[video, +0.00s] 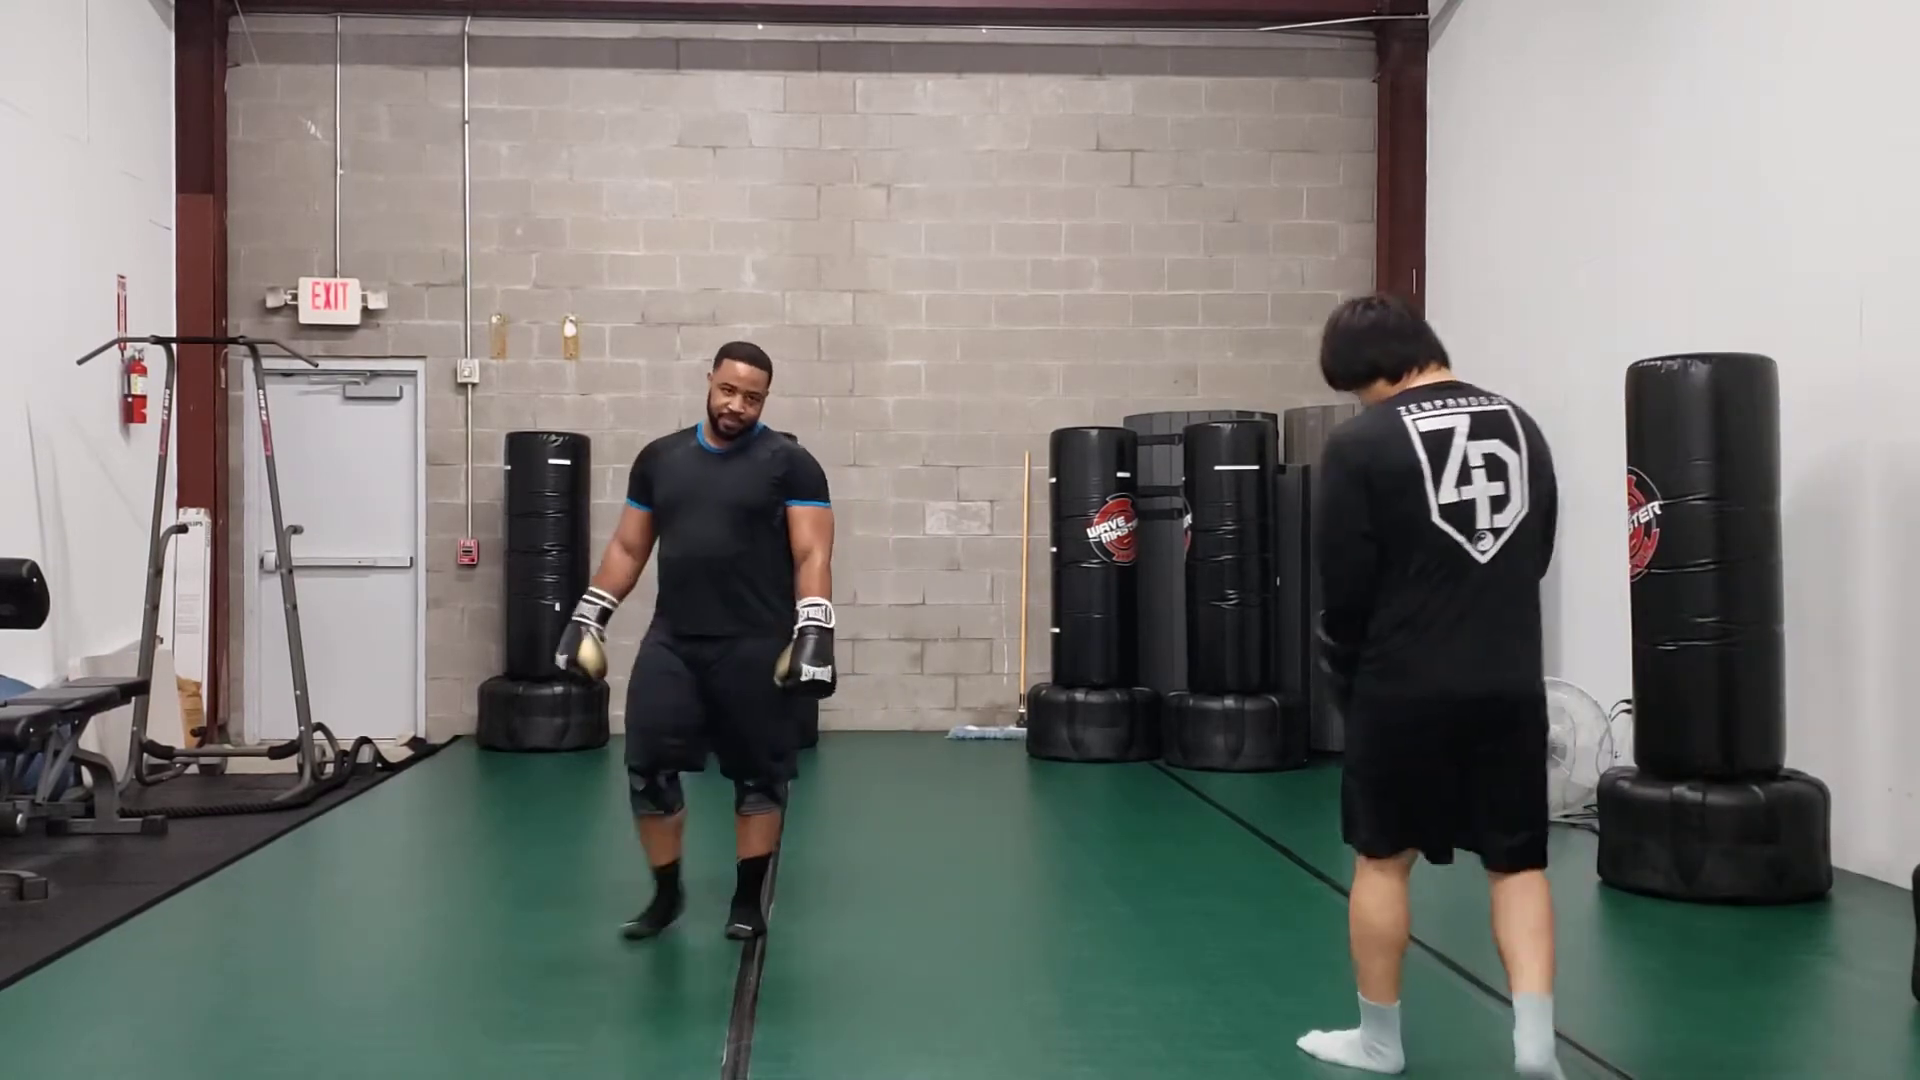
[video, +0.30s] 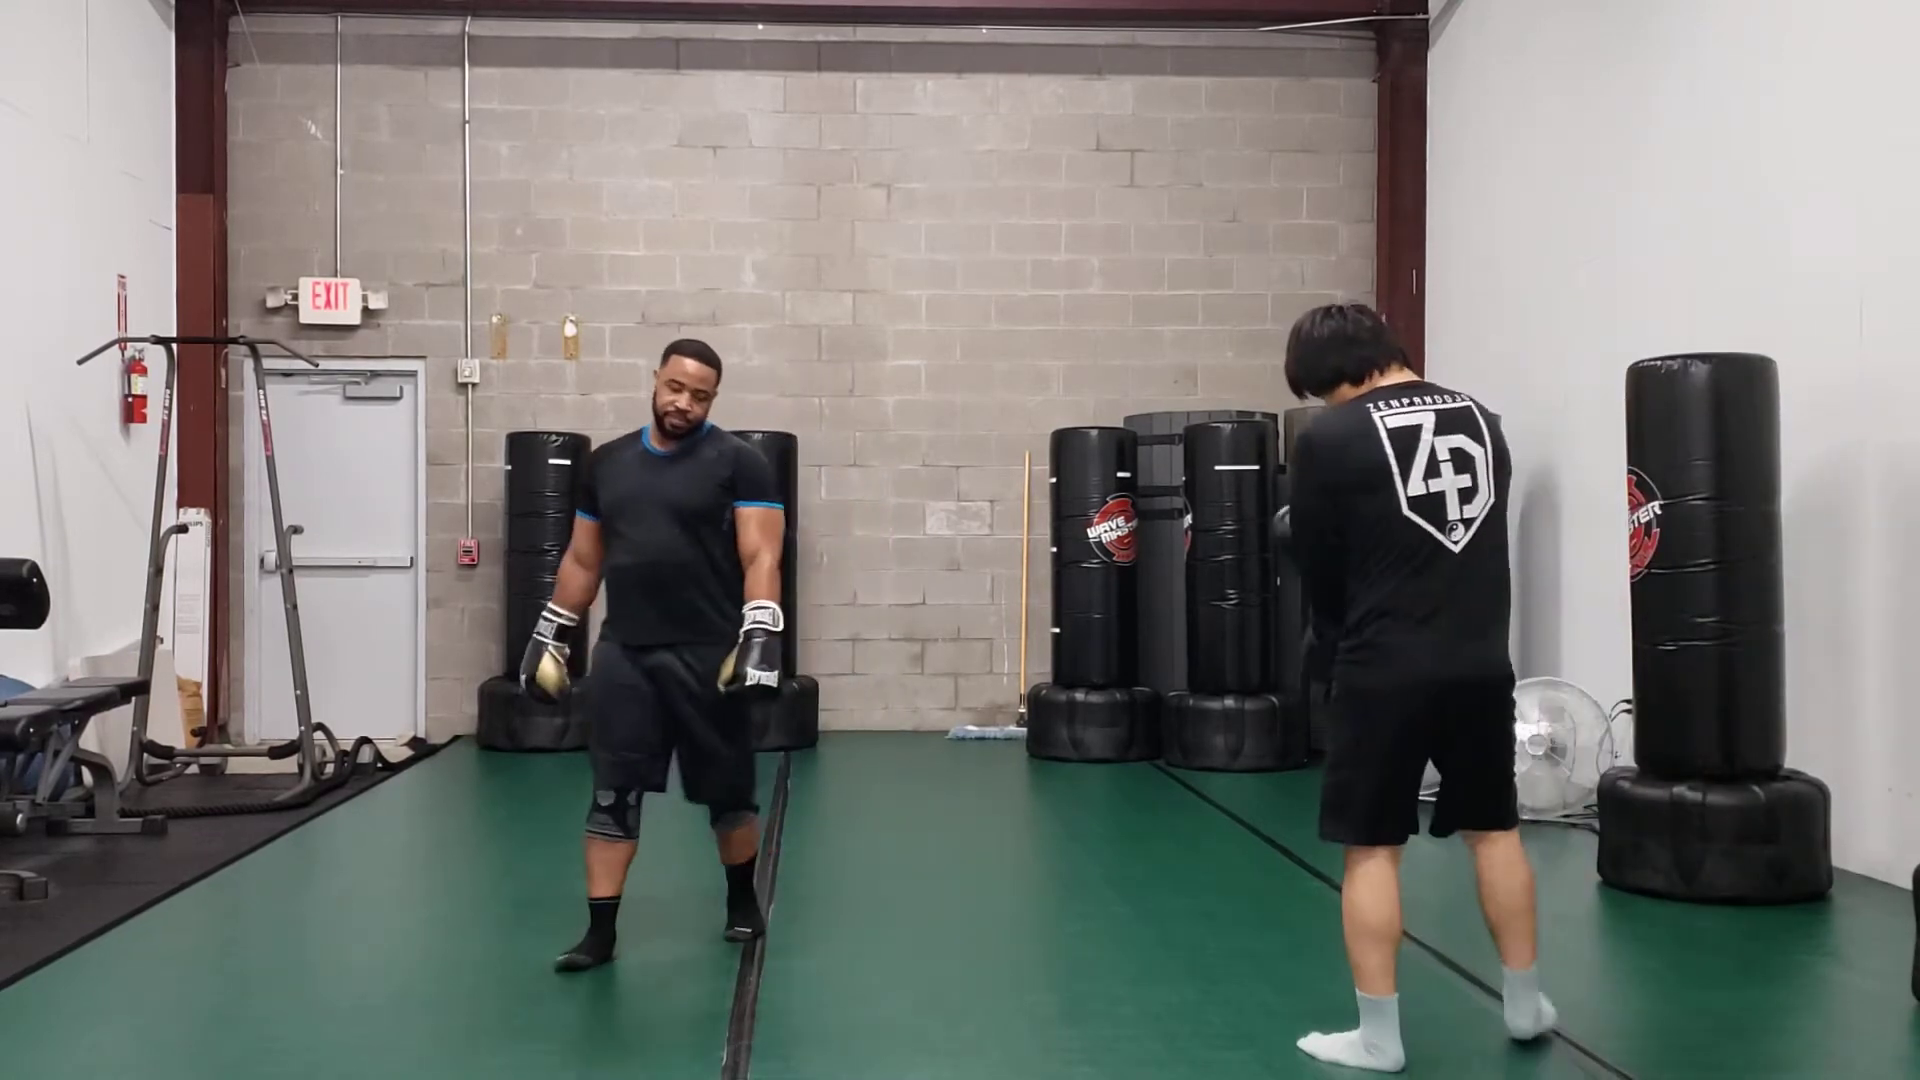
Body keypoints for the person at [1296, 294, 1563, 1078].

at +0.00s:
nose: (1359, 404)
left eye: (1357, 390)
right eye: (1355, 391)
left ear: (1374, 375)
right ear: (1429, 353)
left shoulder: (1362, 444)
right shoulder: (1518, 423)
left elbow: (1346, 588)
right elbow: (1537, 546)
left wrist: (1344, 668)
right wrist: (1488, 609)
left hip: (1403, 683)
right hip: (1507, 680)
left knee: (1382, 858)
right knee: (1519, 860)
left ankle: (1378, 1037)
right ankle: (1535, 1047)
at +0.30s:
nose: (1320, 408)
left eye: (1316, 395)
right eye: (1315, 397)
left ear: (1334, 381)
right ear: (1395, 353)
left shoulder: (1330, 438)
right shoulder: (1478, 418)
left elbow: (1321, 571)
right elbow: (1486, 544)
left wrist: (1339, 645)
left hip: (1384, 674)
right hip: (1479, 666)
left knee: (1372, 846)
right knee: (1496, 829)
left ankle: (1378, 1035)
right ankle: (1525, 1004)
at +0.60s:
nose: (1358, 395)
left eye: (1358, 379)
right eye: (1353, 381)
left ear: (1392, 367)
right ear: (1428, 356)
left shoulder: (1388, 436)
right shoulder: (1488, 420)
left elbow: (1362, 565)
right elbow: (1449, 541)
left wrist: (1361, 629)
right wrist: (1341, 586)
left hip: (1413, 664)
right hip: (1496, 658)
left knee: (1362, 825)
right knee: (1494, 825)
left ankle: (1383, 1018)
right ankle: (1507, 1003)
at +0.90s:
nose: (1358, 376)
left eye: (1365, 362)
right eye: (1358, 361)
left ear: (1402, 363)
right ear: (1435, 359)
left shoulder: (1409, 433)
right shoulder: (1484, 421)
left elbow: (1400, 554)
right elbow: (1452, 539)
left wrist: (1342, 599)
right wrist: (1354, 543)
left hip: (1424, 660)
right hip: (1497, 657)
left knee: (1335, 805)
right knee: (1488, 819)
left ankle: (1349, 994)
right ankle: (1508, 1004)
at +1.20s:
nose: (1296, 396)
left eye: (1299, 383)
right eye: (1295, 383)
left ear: (1331, 381)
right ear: (1372, 370)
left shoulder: (1342, 446)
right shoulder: (1439, 431)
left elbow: (1296, 544)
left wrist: (1210, 523)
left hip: (1361, 673)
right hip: (1446, 670)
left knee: (1307, 837)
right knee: (1461, 828)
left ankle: (1268, 1012)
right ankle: (1504, 1002)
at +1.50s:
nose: (1236, 385)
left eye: (1240, 372)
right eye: (1235, 372)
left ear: (1270, 371)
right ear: (1318, 363)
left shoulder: (1261, 430)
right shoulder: (1382, 426)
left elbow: (1154, 451)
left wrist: (1048, 456)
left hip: (1286, 667)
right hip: (1369, 663)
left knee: (1264, 828)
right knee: (1389, 814)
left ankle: (1265, 1013)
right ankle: (1430, 986)